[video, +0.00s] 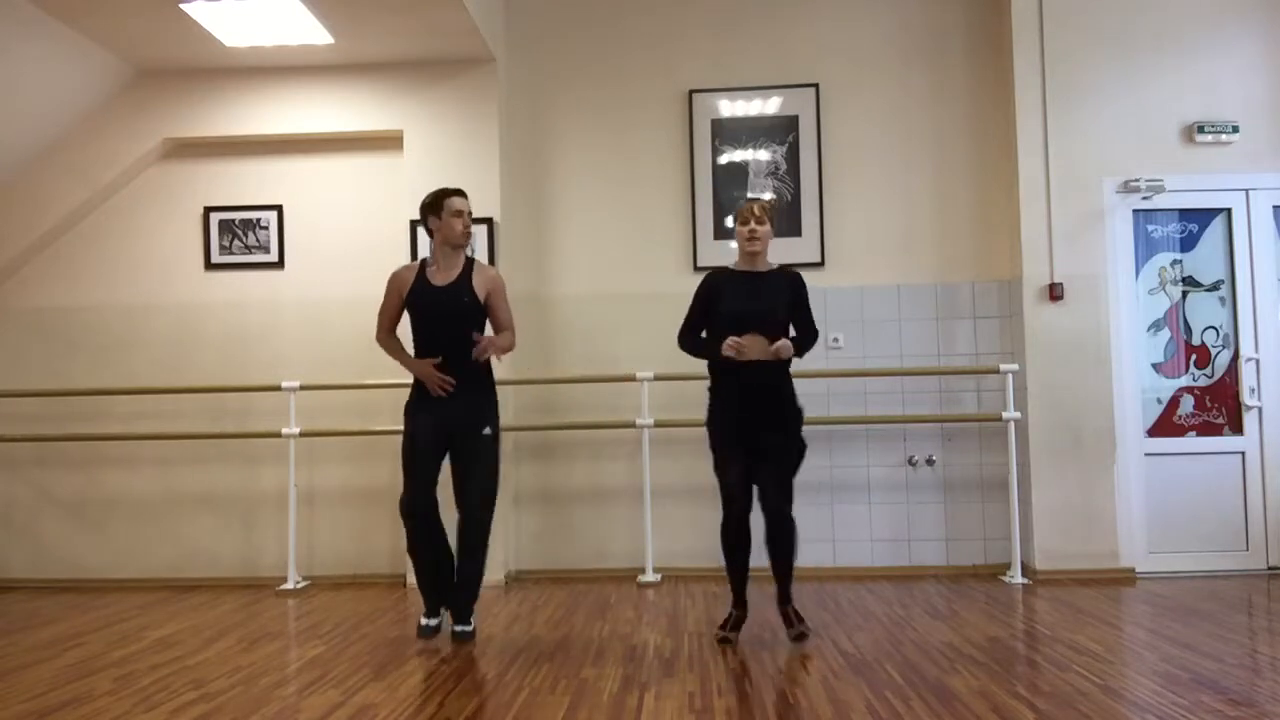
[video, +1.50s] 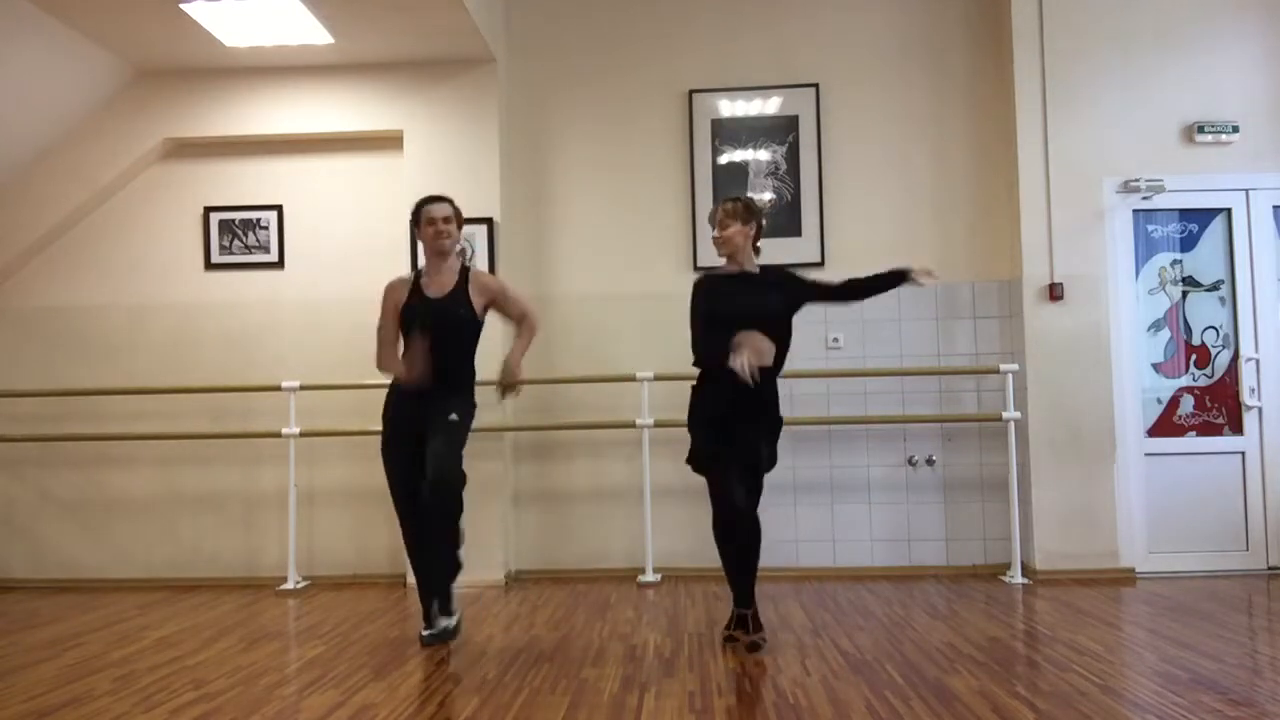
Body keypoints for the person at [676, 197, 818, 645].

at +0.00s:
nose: (752, 228)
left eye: (760, 221)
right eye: (745, 221)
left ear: (772, 231)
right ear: (735, 231)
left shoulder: (789, 282)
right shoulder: (715, 282)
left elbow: (809, 333)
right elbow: (686, 337)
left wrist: (790, 347)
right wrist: (719, 349)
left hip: (777, 409)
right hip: (729, 411)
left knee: (778, 508)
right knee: (735, 509)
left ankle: (786, 602)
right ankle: (737, 605)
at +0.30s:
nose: (724, 228)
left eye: (733, 222)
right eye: (723, 222)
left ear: (759, 229)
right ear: (723, 231)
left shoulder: (781, 283)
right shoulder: (711, 279)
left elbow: (793, 345)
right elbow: (685, 329)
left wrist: (784, 376)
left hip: (770, 399)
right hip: (725, 400)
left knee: (765, 510)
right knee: (729, 508)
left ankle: (762, 609)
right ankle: (738, 607)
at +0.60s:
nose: (722, 228)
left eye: (731, 221)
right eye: (721, 222)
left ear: (757, 228)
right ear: (728, 231)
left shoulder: (783, 283)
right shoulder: (712, 283)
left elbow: (801, 348)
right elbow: (670, 332)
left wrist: (818, 407)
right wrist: (634, 300)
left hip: (771, 398)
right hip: (723, 398)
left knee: (767, 507)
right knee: (734, 507)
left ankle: (762, 609)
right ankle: (740, 608)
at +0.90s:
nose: (720, 227)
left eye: (729, 220)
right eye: (720, 221)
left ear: (755, 227)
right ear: (731, 230)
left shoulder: (783, 281)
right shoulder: (712, 282)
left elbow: (799, 345)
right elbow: (671, 332)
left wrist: (806, 402)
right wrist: (636, 299)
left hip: (772, 397)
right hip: (725, 396)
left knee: (770, 506)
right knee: (734, 506)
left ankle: (764, 609)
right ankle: (741, 609)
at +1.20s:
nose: (722, 227)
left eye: (731, 219)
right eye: (720, 221)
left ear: (755, 227)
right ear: (721, 231)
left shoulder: (779, 282)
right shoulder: (709, 281)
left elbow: (799, 340)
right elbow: (673, 333)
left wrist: (824, 388)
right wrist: (648, 298)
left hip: (770, 394)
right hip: (722, 395)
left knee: (770, 506)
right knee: (733, 506)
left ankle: (764, 609)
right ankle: (741, 608)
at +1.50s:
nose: (718, 232)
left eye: (727, 225)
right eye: (716, 226)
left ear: (752, 230)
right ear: (716, 233)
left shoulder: (782, 283)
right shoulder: (707, 286)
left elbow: (844, 291)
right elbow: (701, 349)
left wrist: (902, 275)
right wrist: (734, 345)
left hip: (758, 410)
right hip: (712, 408)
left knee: (743, 508)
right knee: (727, 507)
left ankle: (744, 609)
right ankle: (744, 609)